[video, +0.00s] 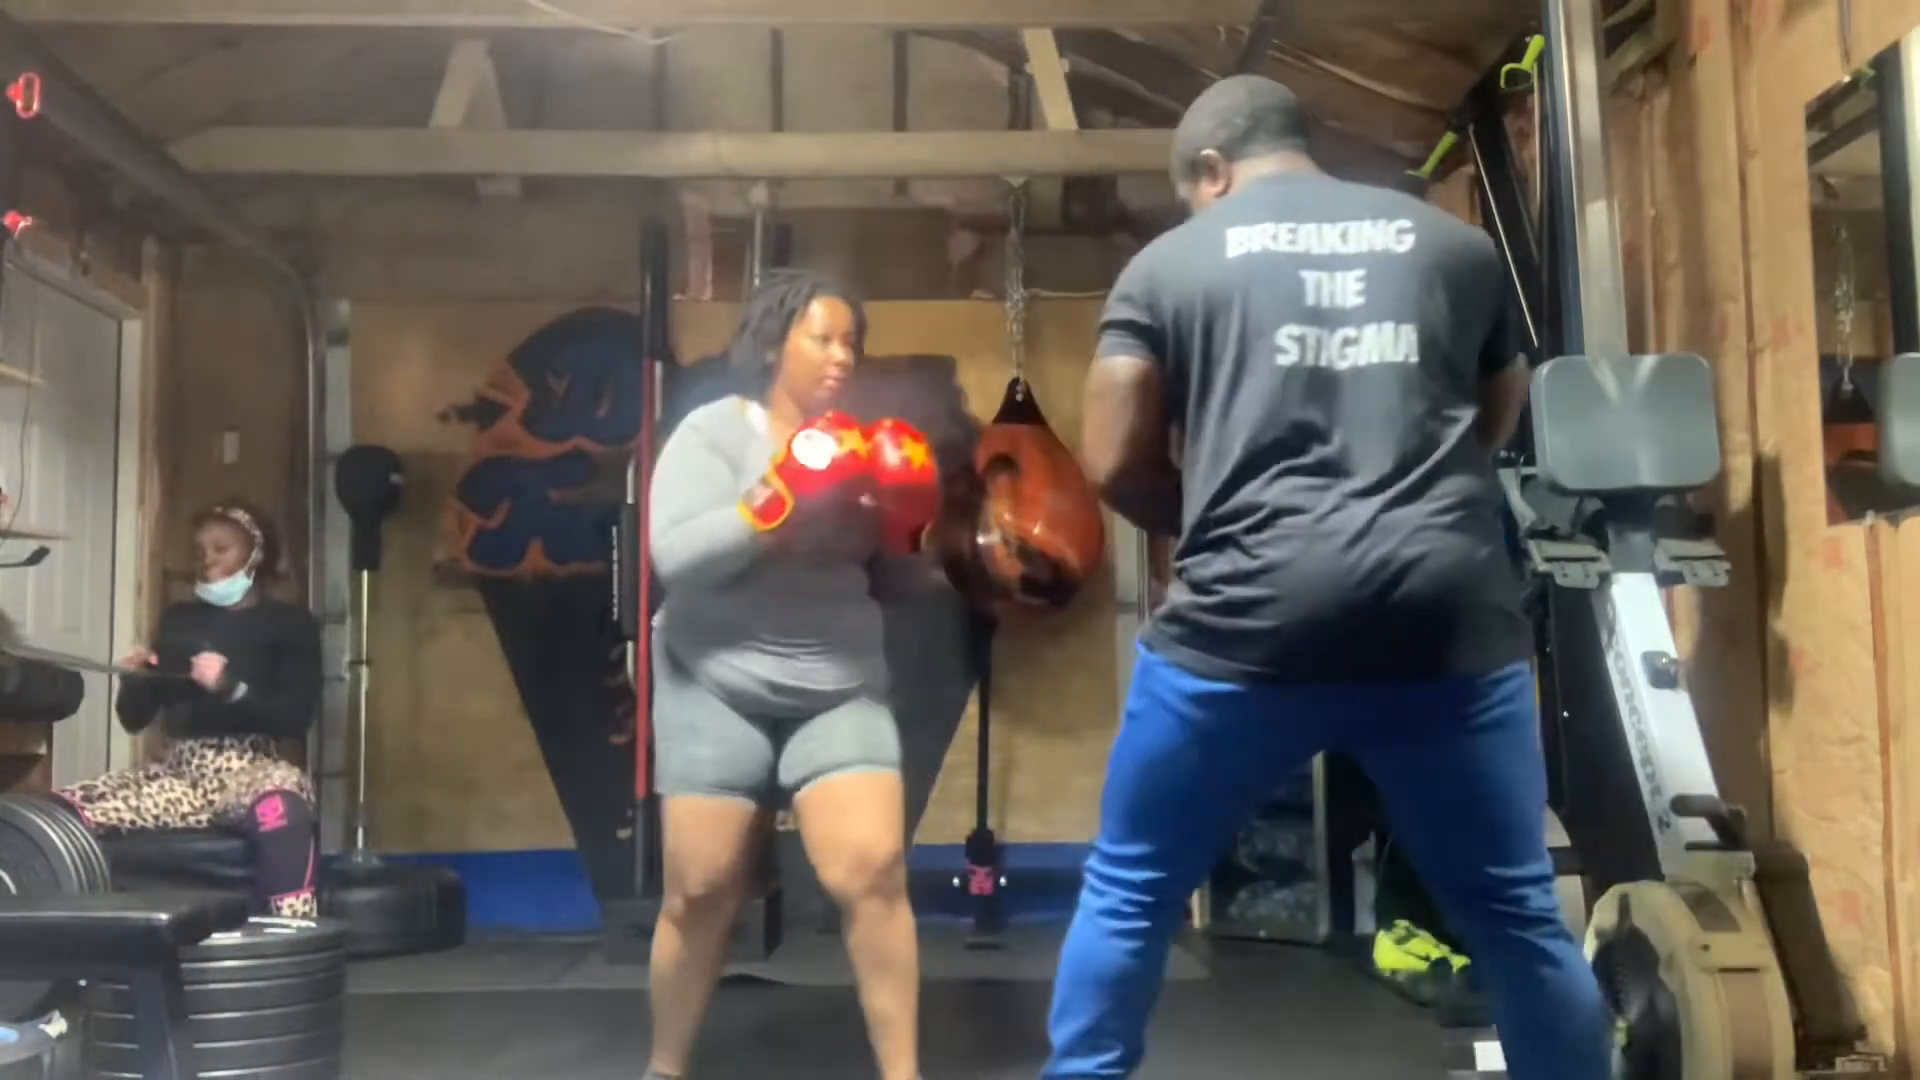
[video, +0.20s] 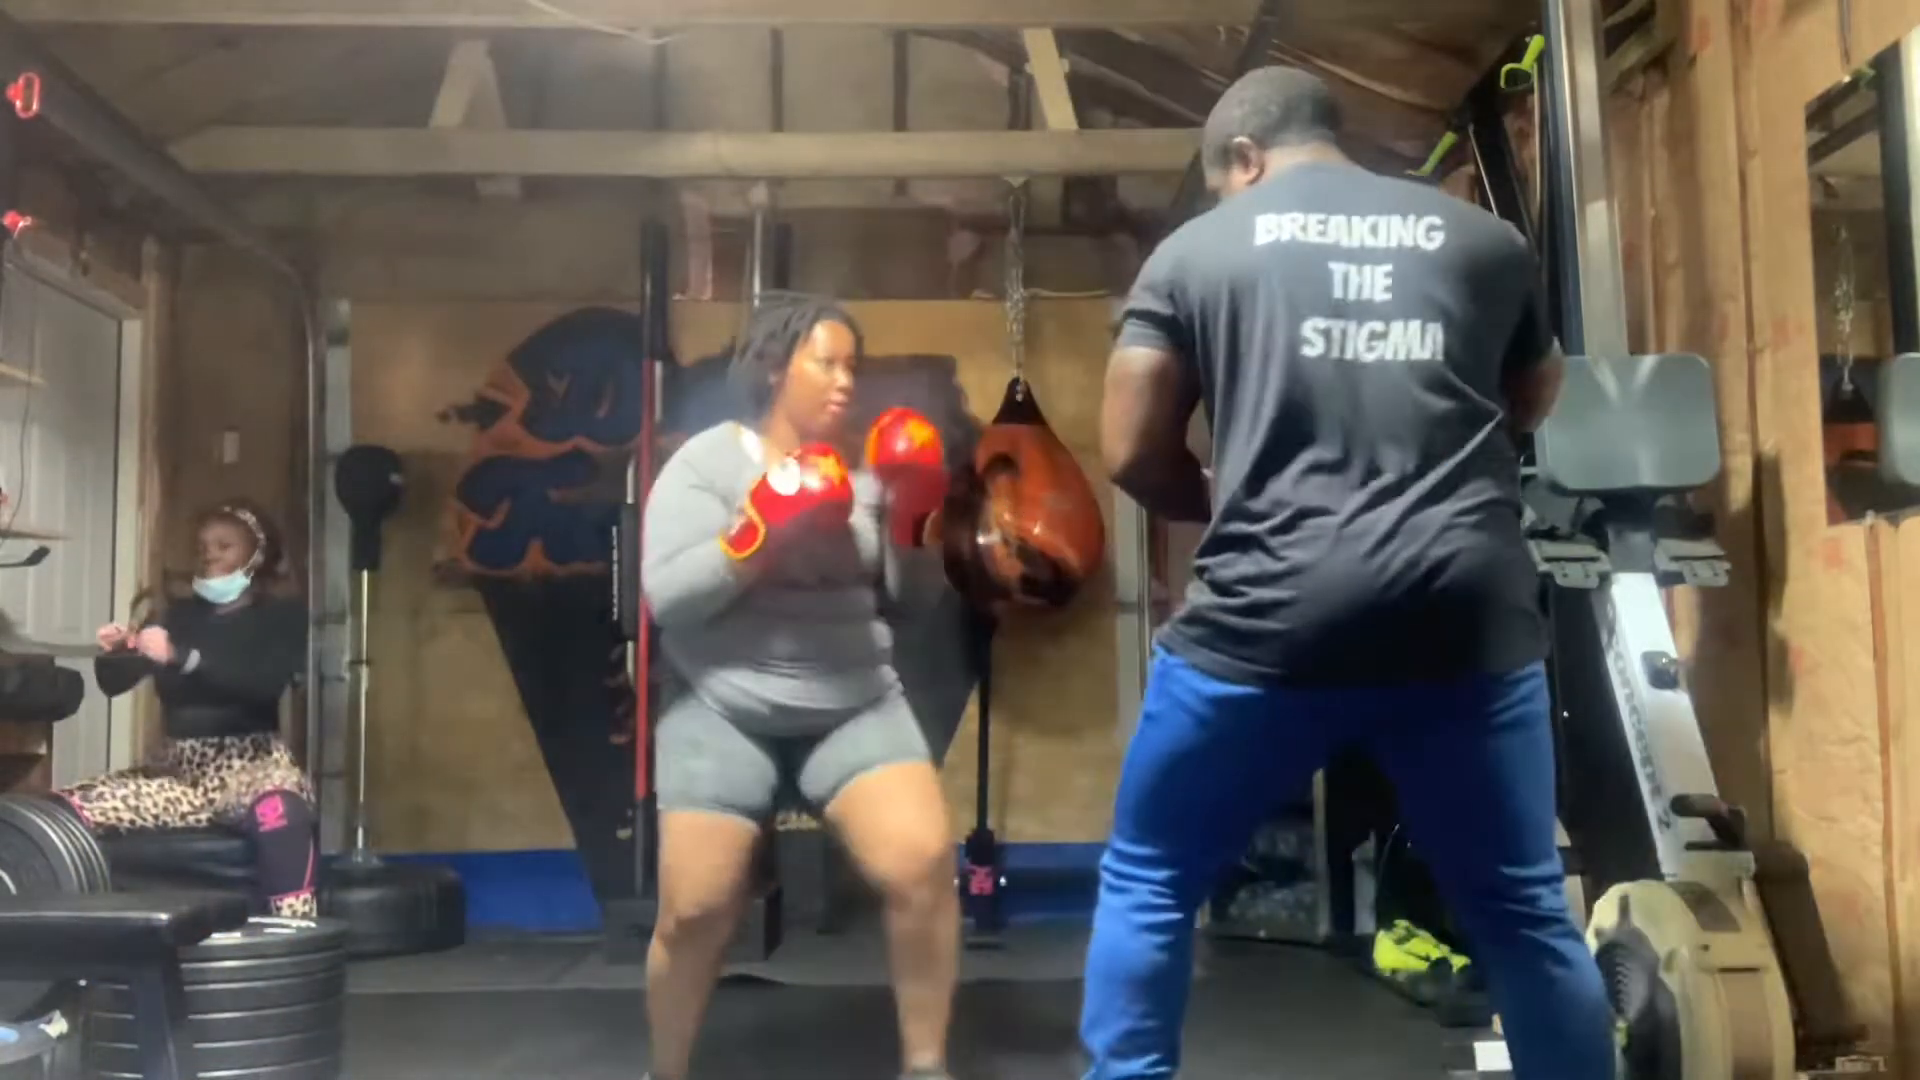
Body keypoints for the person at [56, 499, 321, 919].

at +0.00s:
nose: (208, 560)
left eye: (221, 548)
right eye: (202, 551)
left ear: (254, 554)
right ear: (195, 554)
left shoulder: (289, 621)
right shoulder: (180, 618)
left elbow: (294, 719)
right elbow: (134, 718)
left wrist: (231, 686)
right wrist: (135, 679)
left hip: (256, 772)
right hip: (177, 772)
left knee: (283, 812)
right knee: (61, 811)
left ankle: (295, 947)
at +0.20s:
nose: (210, 556)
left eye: (223, 546)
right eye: (204, 546)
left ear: (255, 554)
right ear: (197, 551)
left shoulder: (282, 613)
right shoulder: (181, 614)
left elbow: (266, 683)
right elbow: (112, 683)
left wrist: (178, 656)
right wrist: (116, 654)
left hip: (250, 773)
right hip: (175, 773)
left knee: (281, 812)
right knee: (62, 812)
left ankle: (295, 944)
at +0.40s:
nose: (214, 561)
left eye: (229, 550)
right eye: (207, 551)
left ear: (259, 560)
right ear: (198, 556)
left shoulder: (285, 621)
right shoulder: (178, 620)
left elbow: (279, 702)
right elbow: (126, 704)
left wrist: (204, 675)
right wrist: (114, 670)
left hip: (254, 772)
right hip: (174, 773)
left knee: (281, 810)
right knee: (63, 811)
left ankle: (296, 944)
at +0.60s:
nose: (215, 561)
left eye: (230, 550)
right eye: (208, 551)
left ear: (260, 560)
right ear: (198, 555)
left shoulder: (289, 624)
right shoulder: (178, 621)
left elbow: (305, 726)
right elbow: (151, 728)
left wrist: (248, 704)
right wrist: (143, 688)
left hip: (257, 771)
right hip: (175, 771)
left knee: (282, 810)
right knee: (59, 808)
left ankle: (297, 946)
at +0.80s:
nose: (216, 556)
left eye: (232, 548)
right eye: (207, 547)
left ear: (260, 560)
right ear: (197, 553)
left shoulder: (283, 617)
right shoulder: (169, 618)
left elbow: (284, 698)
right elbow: (119, 699)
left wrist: (205, 668)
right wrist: (110, 667)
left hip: (255, 771)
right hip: (174, 775)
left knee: (282, 809)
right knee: (62, 809)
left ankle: (295, 943)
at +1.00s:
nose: (217, 553)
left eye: (233, 545)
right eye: (210, 543)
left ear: (260, 560)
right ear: (201, 549)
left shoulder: (281, 611)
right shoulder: (172, 611)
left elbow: (273, 684)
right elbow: (106, 689)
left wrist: (193, 652)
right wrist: (107, 657)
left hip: (254, 769)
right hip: (175, 771)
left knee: (280, 813)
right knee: (61, 811)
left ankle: (296, 949)